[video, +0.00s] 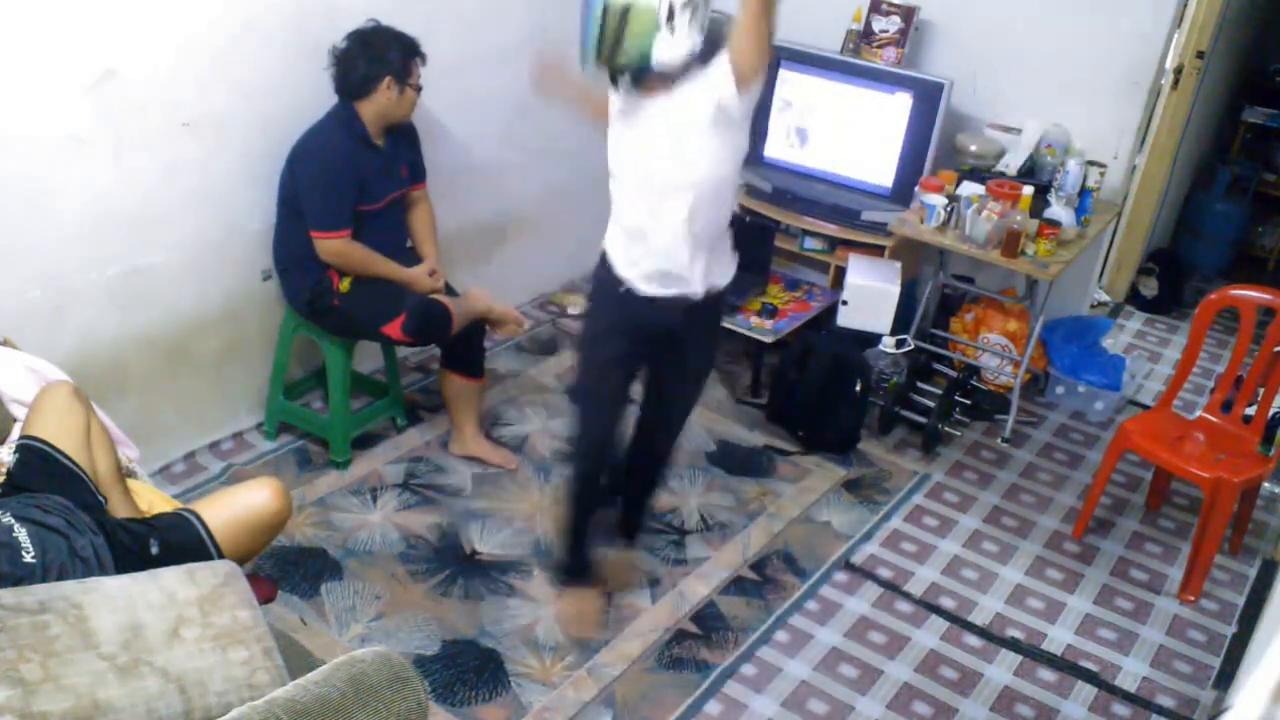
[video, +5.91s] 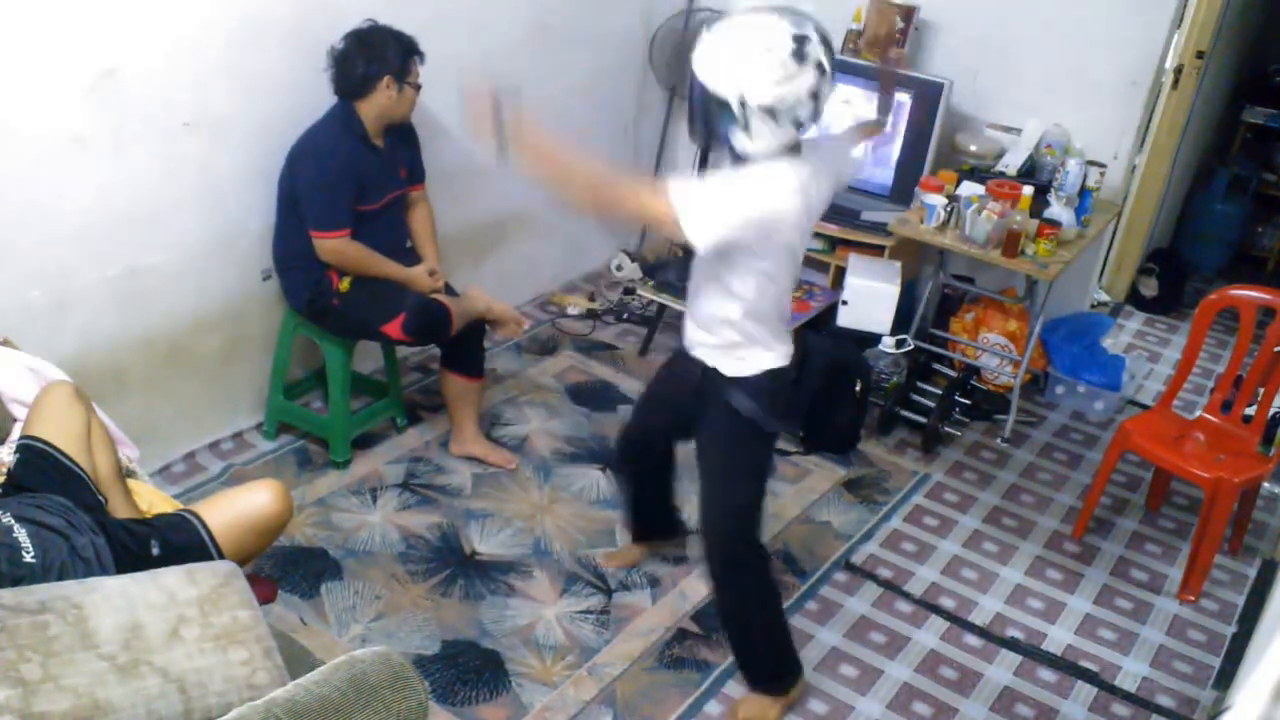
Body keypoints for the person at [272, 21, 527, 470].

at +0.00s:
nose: (419, 96)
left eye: (419, 87)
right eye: (416, 87)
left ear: (387, 88)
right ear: (387, 88)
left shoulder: (400, 131)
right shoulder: (326, 151)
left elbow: (417, 202)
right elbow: (333, 249)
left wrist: (428, 260)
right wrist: (407, 277)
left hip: (388, 264)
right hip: (325, 282)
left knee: (465, 323)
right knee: (424, 323)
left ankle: (466, 436)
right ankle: (476, 306)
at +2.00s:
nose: (419, 95)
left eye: (419, 87)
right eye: (416, 86)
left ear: (387, 86)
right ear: (388, 86)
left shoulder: (399, 131)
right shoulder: (326, 150)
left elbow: (417, 201)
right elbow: (333, 248)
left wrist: (430, 258)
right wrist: (407, 276)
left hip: (389, 265)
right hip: (326, 282)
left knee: (467, 320)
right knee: (425, 323)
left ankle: (465, 434)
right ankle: (478, 304)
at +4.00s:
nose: (419, 96)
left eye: (419, 87)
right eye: (416, 86)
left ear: (386, 86)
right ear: (388, 87)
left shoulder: (399, 130)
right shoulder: (326, 150)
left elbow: (417, 202)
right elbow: (332, 249)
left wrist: (429, 261)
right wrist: (407, 275)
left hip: (387, 266)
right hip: (326, 284)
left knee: (466, 323)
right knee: (426, 323)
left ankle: (466, 435)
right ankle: (476, 304)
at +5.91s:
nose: (419, 95)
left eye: (419, 86)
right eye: (416, 86)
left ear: (386, 87)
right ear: (387, 87)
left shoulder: (398, 130)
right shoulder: (325, 151)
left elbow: (417, 202)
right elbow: (332, 249)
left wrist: (429, 261)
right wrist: (406, 276)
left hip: (387, 266)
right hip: (326, 284)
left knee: (466, 321)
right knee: (424, 323)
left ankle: (466, 435)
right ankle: (478, 305)